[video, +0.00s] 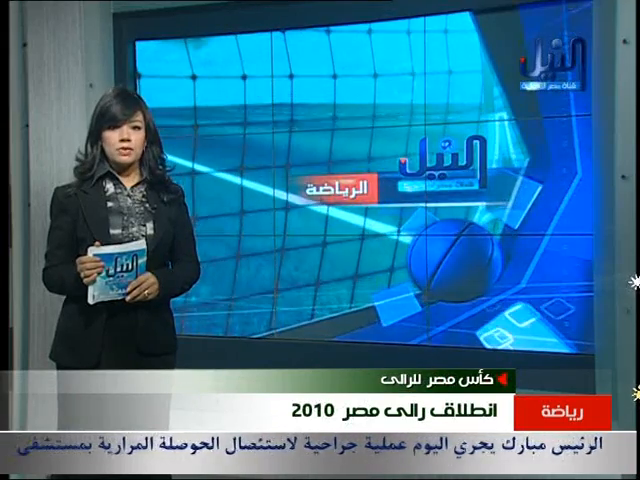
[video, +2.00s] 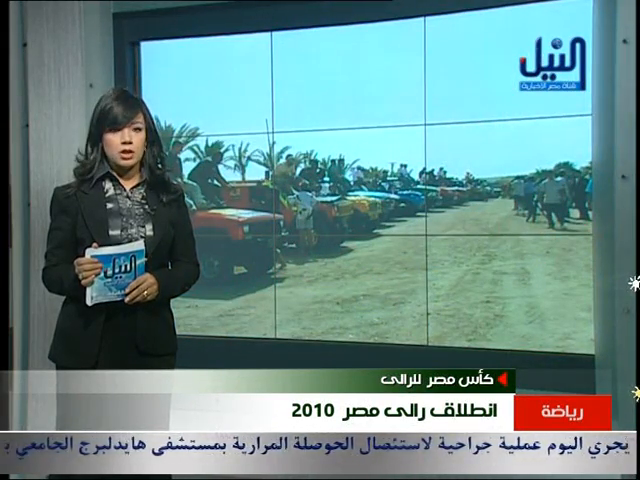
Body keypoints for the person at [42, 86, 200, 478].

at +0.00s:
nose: (126, 136)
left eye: (135, 127)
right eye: (115, 128)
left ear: (147, 136)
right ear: (99, 136)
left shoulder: (168, 196)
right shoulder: (71, 197)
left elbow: (189, 267)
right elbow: (52, 274)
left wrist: (162, 282)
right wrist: (78, 273)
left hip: (150, 348)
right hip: (85, 348)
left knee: (148, 452)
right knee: (81, 452)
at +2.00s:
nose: (127, 139)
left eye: (136, 129)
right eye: (116, 130)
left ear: (148, 136)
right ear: (100, 138)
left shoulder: (169, 196)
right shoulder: (71, 198)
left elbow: (189, 267)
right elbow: (52, 274)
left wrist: (161, 282)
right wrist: (76, 275)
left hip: (150, 349)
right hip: (85, 350)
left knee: (149, 452)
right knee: (81, 452)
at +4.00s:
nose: (117, 134)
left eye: (127, 124)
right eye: (106, 127)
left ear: (144, 134)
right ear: (96, 138)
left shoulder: (169, 197)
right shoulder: (71, 198)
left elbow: (189, 267)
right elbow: (51, 272)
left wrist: (161, 282)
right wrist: (74, 275)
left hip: (148, 348)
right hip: (84, 348)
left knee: (147, 450)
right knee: (80, 452)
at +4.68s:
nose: (118, 138)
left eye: (128, 127)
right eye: (107, 130)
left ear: (143, 134)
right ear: (95, 139)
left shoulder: (169, 195)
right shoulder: (71, 197)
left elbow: (189, 267)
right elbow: (51, 272)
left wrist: (160, 283)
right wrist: (74, 275)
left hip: (148, 347)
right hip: (84, 348)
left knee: (148, 451)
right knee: (81, 452)